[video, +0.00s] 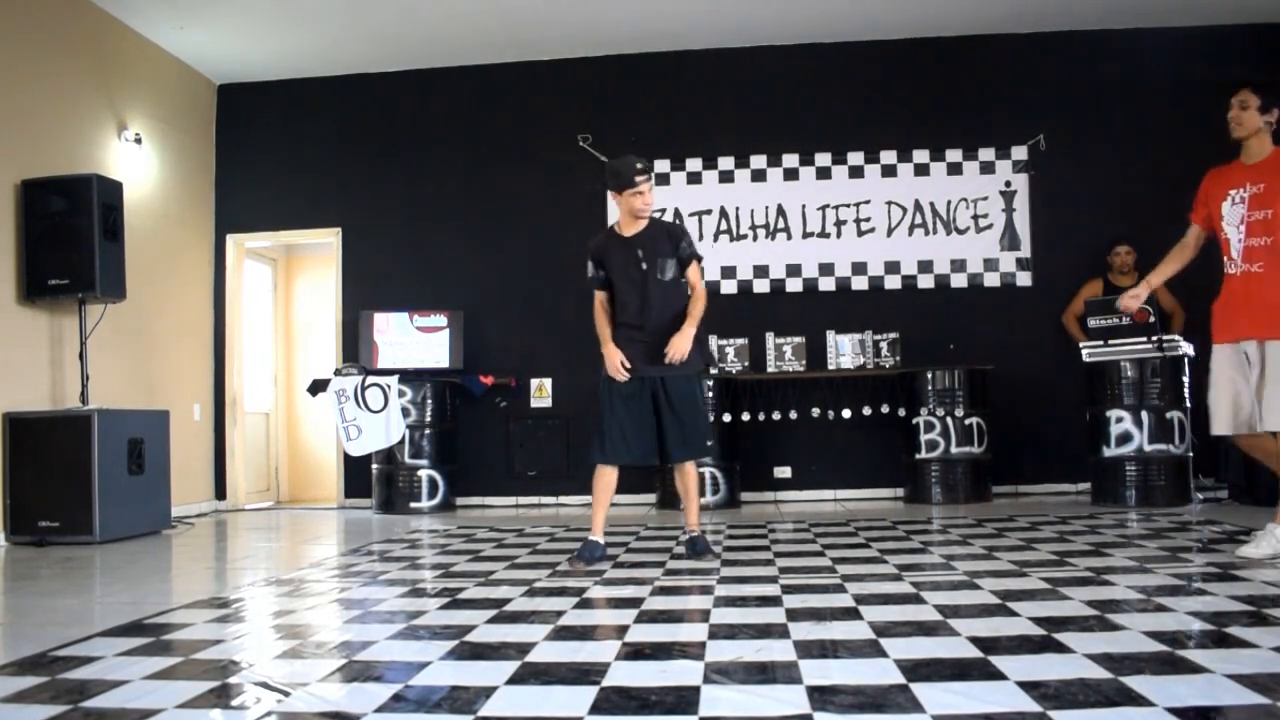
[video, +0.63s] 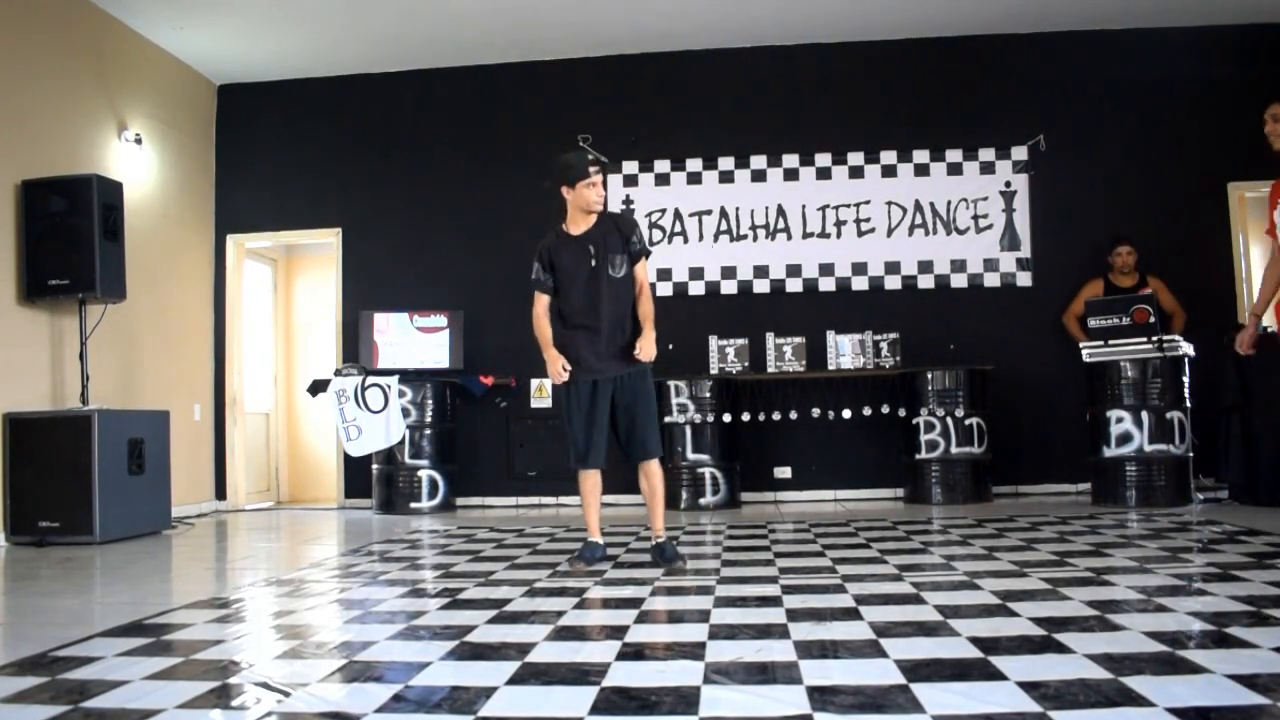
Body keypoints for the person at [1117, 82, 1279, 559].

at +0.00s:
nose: (1233, 116)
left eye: (1244, 108)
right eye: (1232, 108)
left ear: (1270, 117)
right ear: (1231, 118)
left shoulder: (1276, 167)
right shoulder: (1219, 179)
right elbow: (1190, 243)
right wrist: (1145, 286)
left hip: (1274, 320)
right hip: (1233, 322)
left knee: (1271, 427)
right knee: (1240, 429)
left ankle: (1276, 525)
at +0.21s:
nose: (1254, 119)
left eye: (1264, 111)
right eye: (1252, 112)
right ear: (1249, 122)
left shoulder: (1272, 176)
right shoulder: (1232, 183)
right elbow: (1220, 244)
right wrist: (1204, 284)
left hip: (1275, 322)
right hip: (1251, 326)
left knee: (1272, 427)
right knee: (1266, 428)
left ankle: (1274, 524)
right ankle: (1272, 522)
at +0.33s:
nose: (1263, 124)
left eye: (1271, 116)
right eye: (1260, 117)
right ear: (1254, 126)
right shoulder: (1244, 189)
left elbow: (1244, 256)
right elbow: (1244, 255)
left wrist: (1250, 311)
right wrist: (1249, 311)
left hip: (1277, 328)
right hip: (1270, 329)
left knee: (1276, 423)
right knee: (1276, 421)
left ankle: (1278, 521)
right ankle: (1278, 520)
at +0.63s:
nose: (1268, 128)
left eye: (1275, 120)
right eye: (1266, 121)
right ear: (1264, 126)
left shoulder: (1275, 190)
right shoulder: (1276, 190)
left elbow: (1274, 258)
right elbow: (1276, 257)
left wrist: (1255, 317)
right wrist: (1255, 316)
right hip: (1279, 324)